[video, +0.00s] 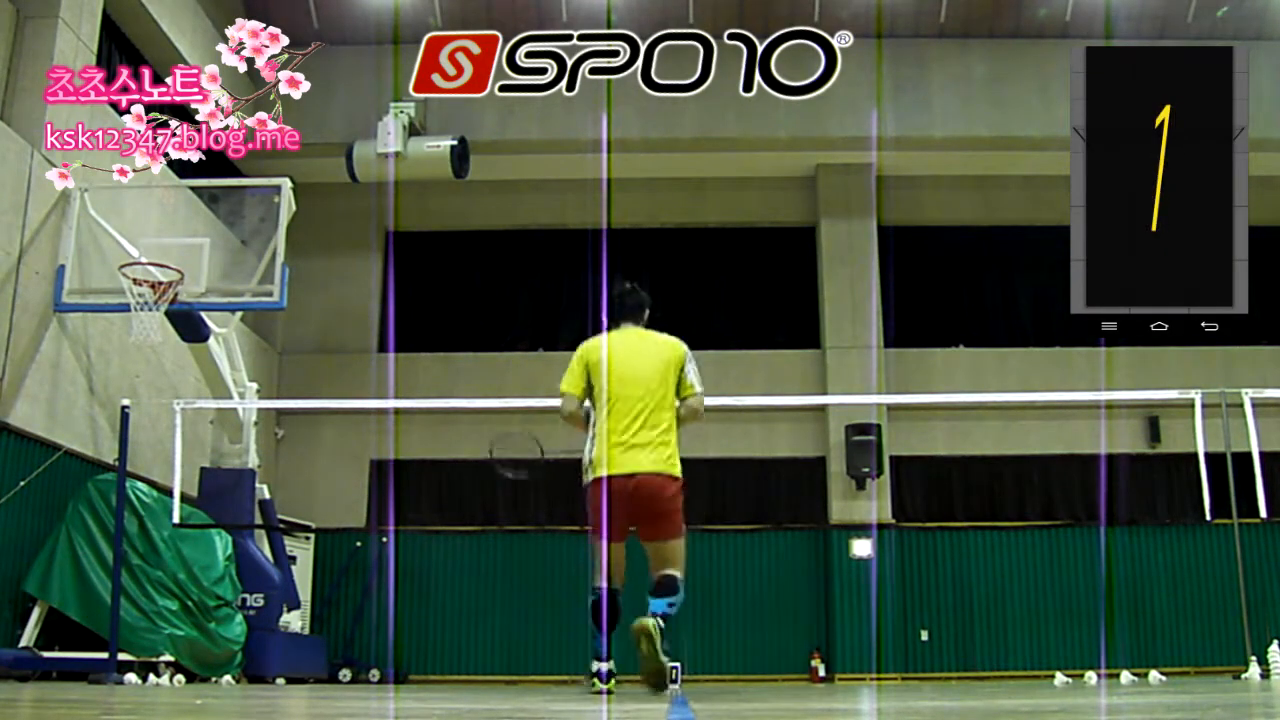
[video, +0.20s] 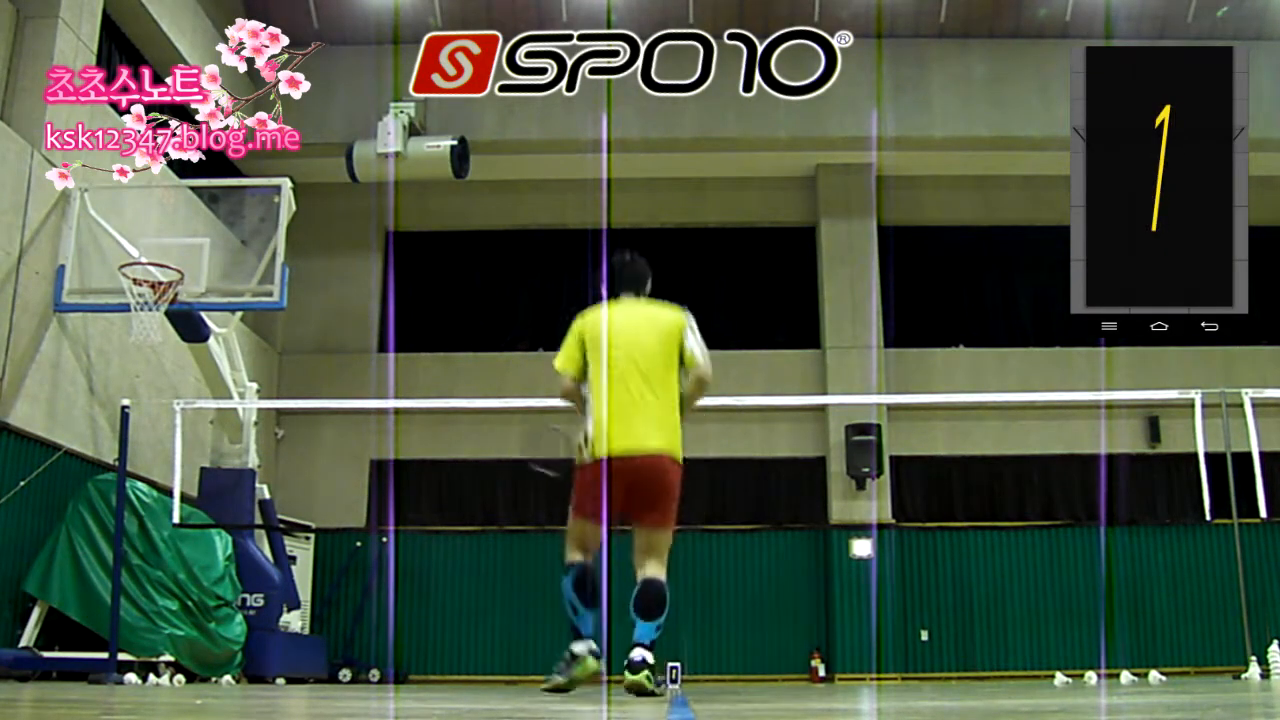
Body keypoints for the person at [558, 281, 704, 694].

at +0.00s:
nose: (640, 319)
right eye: (643, 313)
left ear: (608, 315)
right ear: (646, 315)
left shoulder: (590, 349)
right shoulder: (674, 347)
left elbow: (570, 409)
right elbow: (694, 406)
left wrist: (600, 427)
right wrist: (658, 422)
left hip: (605, 475)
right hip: (659, 474)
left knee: (607, 576)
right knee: (668, 571)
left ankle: (602, 668)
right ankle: (654, 620)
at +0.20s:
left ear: (607, 285)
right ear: (648, 285)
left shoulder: (588, 321)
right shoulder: (678, 317)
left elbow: (568, 385)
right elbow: (702, 372)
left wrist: (592, 414)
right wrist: (678, 408)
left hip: (602, 455)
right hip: (659, 454)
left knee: (579, 549)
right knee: (652, 558)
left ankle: (584, 645)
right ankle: (641, 656)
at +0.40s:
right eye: (635, 236)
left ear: (595, 245)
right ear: (637, 241)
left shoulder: (572, 273)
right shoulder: (664, 265)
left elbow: (541, 327)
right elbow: (697, 312)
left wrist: (571, 372)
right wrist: (685, 386)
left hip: (581, 401)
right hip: (643, 402)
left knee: (558, 518)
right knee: (668, 525)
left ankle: (534, 611)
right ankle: (680, 638)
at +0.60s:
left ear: (585, 266)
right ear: (634, 267)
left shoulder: (567, 294)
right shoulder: (667, 303)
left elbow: (538, 337)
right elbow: (704, 365)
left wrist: (523, 413)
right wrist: (701, 447)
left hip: (574, 445)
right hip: (644, 447)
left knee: (540, 555)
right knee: (682, 562)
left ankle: (518, 659)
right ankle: (720, 655)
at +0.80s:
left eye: (604, 202)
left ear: (602, 207)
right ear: (652, 207)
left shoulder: (585, 232)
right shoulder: (689, 240)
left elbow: (563, 268)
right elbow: (721, 298)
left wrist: (542, 344)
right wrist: (717, 382)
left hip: (605, 370)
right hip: (676, 371)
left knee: (564, 496)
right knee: (716, 505)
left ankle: (523, 626)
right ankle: (761, 626)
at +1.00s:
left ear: (618, 231)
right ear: (673, 231)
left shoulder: (602, 264)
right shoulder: (710, 270)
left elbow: (576, 306)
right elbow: (752, 336)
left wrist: (554, 397)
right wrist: (746, 418)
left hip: (626, 423)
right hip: (703, 423)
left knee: (574, 541)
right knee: (751, 546)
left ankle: (543, 649)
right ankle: (808, 651)